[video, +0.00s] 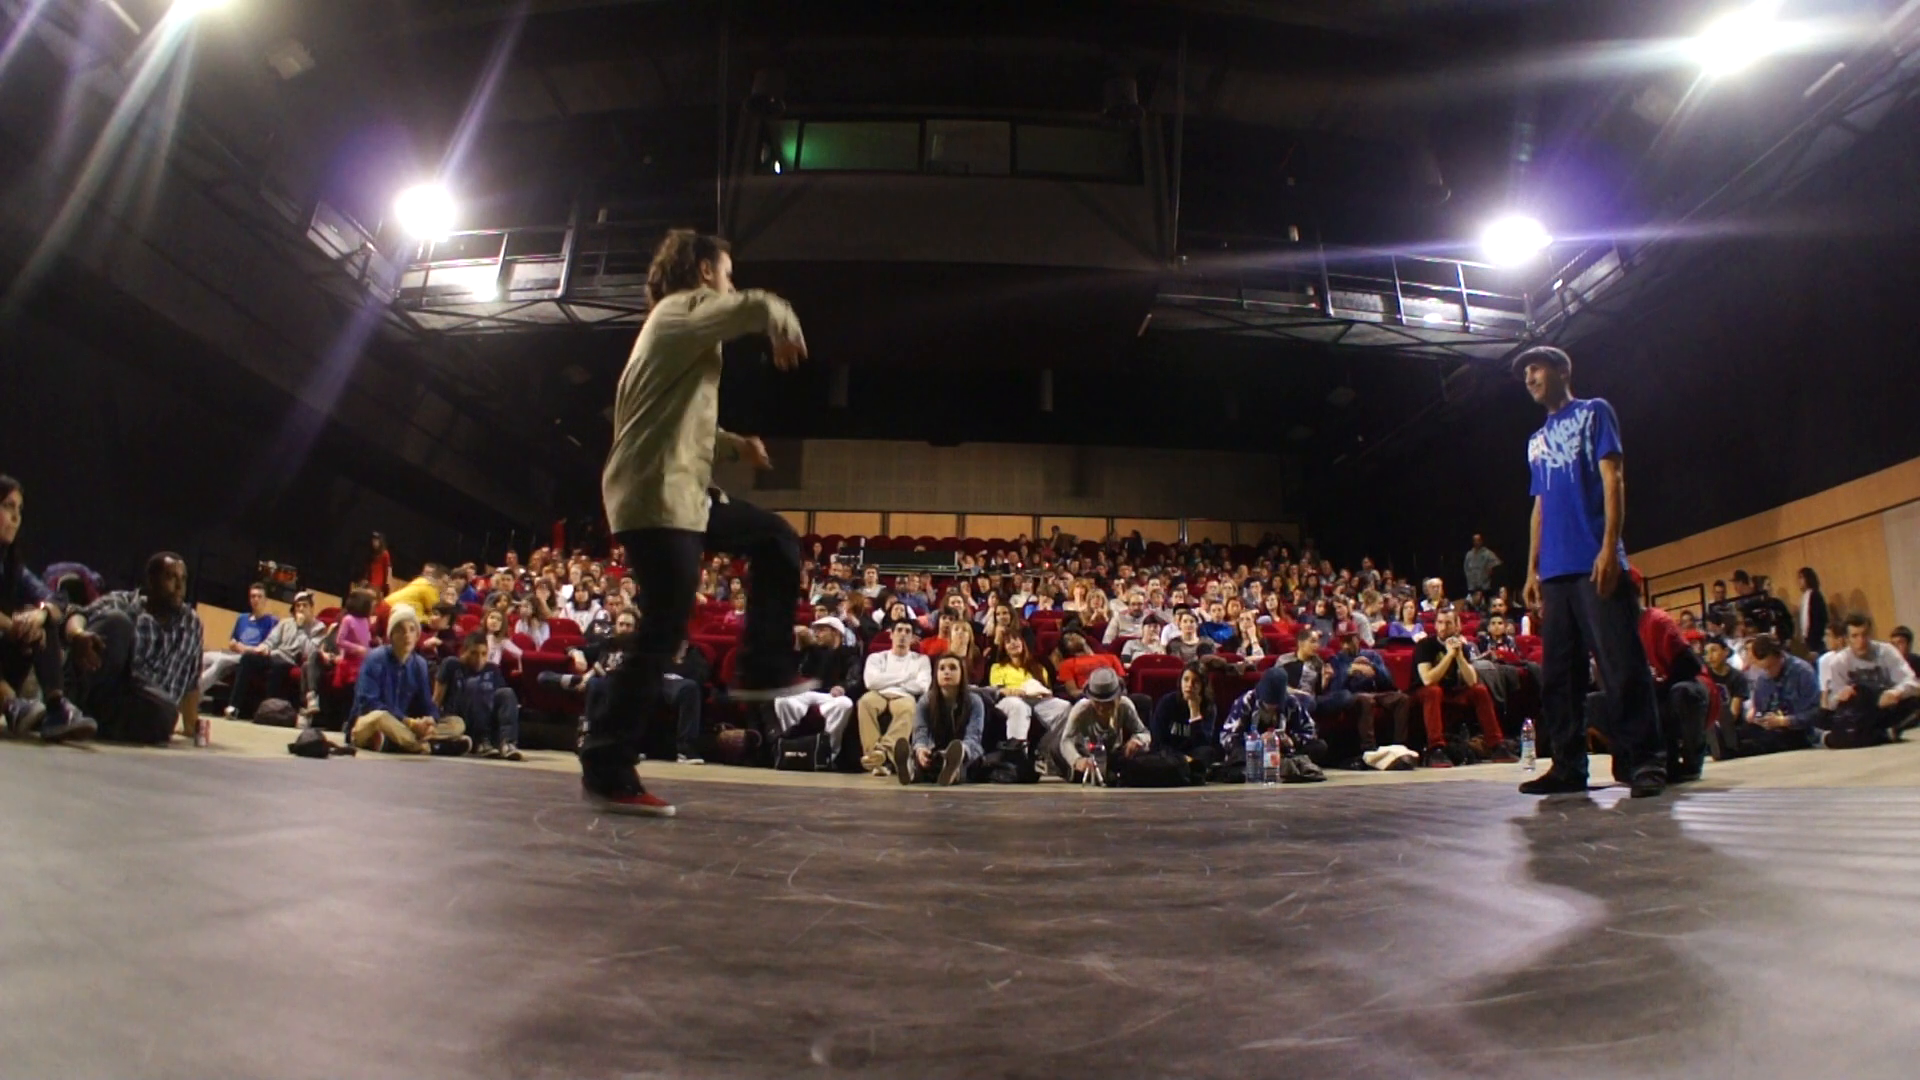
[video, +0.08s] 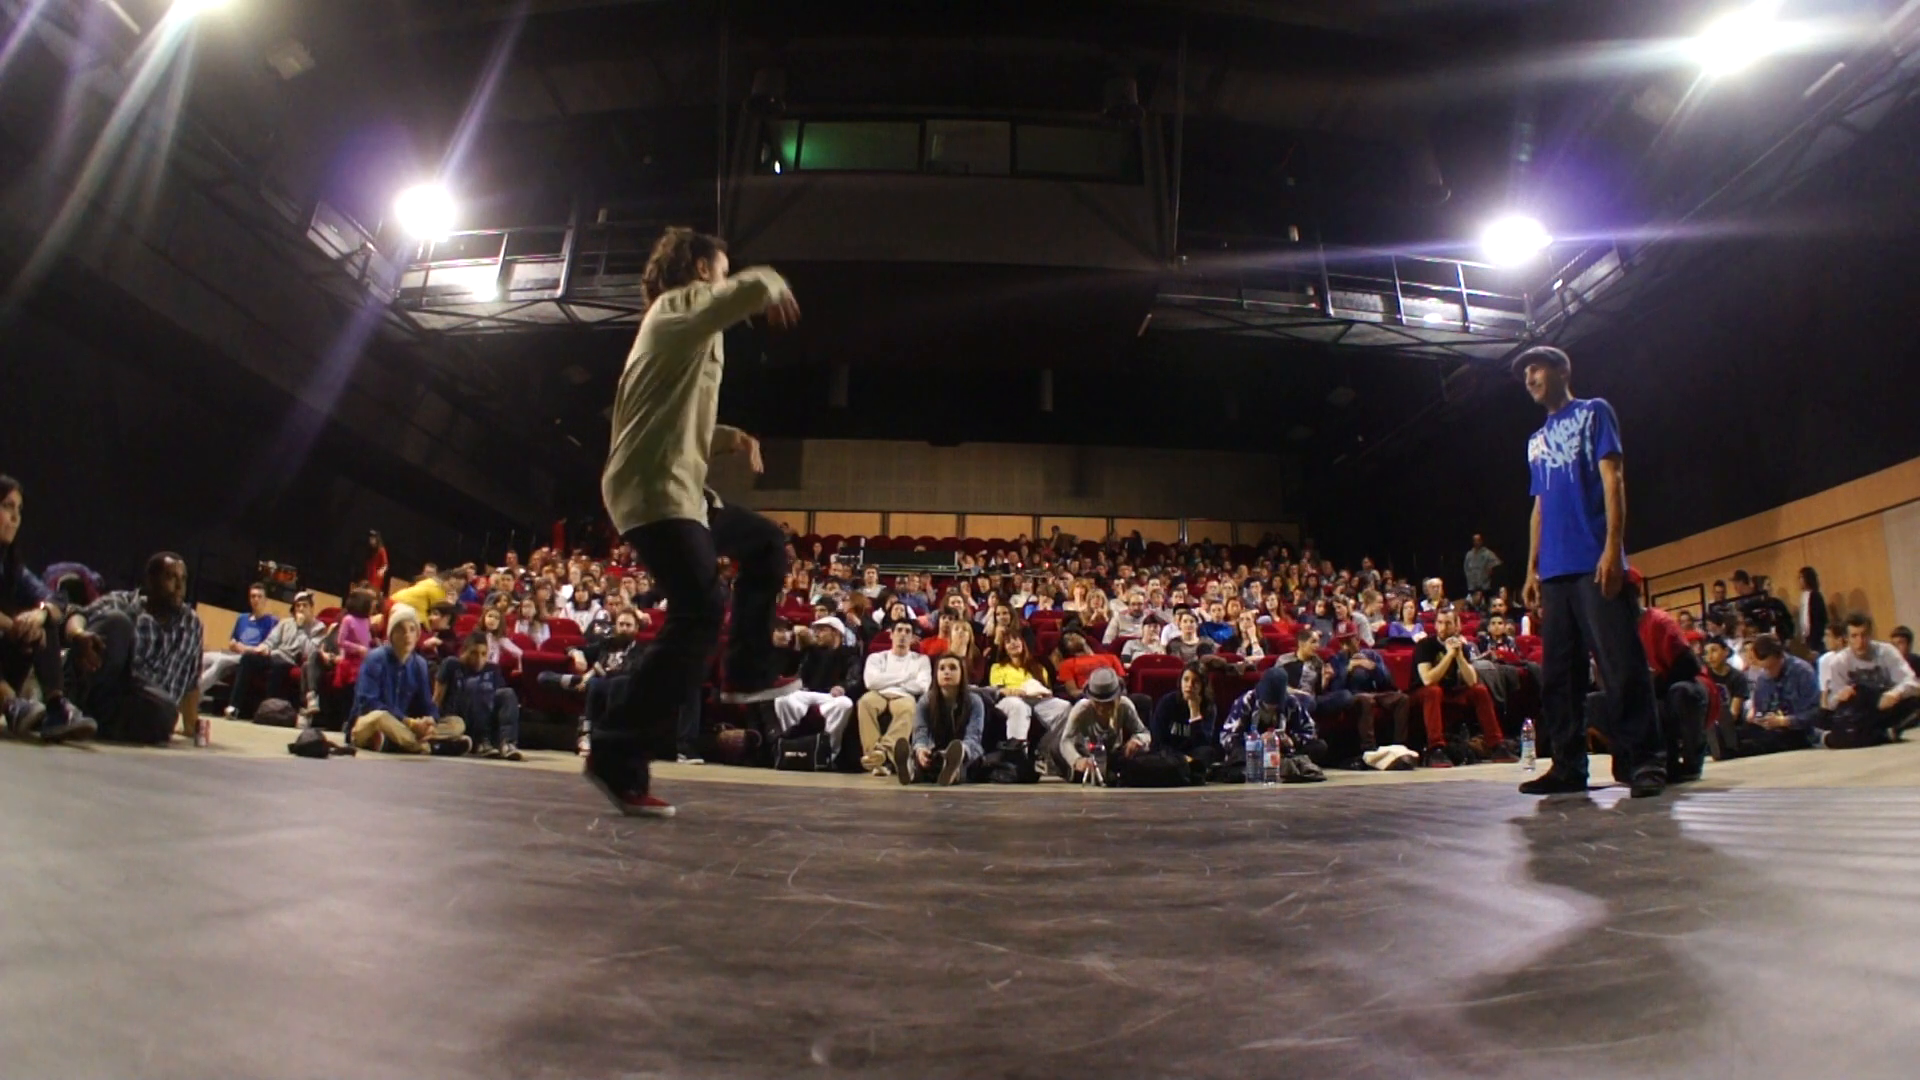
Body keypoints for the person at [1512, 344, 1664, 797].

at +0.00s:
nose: (1530, 379)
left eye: (1537, 370)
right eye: (1526, 375)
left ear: (1563, 372)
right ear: (1528, 385)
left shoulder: (1594, 411)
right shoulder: (1536, 442)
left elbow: (1614, 479)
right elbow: (1539, 507)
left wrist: (1610, 548)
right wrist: (1533, 569)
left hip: (1596, 566)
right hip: (1554, 574)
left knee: (1623, 669)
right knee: (1559, 674)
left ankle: (1646, 763)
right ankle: (1568, 766)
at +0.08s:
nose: (1530, 379)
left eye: (1537, 370)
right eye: (1526, 375)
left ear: (1563, 372)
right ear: (1528, 385)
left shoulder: (1594, 411)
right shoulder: (1536, 442)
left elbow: (1614, 479)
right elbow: (1539, 507)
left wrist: (1613, 548)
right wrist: (1533, 568)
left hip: (1595, 566)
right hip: (1554, 574)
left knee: (1624, 669)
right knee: (1560, 674)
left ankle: (1645, 763)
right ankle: (1568, 766)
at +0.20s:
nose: (1531, 380)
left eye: (1537, 370)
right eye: (1526, 375)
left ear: (1562, 372)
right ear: (1527, 385)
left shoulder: (1594, 412)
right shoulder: (1536, 442)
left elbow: (1614, 480)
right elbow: (1538, 507)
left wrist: (1616, 549)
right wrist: (1532, 568)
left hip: (1595, 565)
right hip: (1553, 574)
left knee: (1623, 668)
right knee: (1560, 674)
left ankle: (1645, 763)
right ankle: (1568, 766)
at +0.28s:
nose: (1531, 381)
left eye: (1538, 371)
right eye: (1526, 376)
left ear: (1561, 372)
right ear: (1526, 386)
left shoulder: (1594, 412)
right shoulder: (1535, 442)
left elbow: (1615, 479)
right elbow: (1538, 508)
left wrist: (1617, 549)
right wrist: (1532, 568)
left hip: (1595, 565)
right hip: (1552, 573)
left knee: (1622, 668)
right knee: (1559, 674)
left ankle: (1645, 763)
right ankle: (1568, 766)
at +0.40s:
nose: (1531, 381)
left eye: (1538, 371)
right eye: (1526, 376)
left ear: (1561, 373)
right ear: (1526, 386)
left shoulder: (1594, 413)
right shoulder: (1535, 442)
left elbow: (1615, 479)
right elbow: (1538, 507)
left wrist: (1617, 549)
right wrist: (1532, 568)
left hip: (1594, 565)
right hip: (1552, 574)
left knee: (1622, 668)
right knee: (1559, 674)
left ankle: (1645, 763)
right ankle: (1568, 766)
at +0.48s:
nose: (1530, 379)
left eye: (1537, 369)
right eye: (1525, 375)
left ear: (1562, 372)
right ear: (1527, 385)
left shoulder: (1594, 413)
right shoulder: (1535, 442)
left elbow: (1615, 479)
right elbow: (1537, 507)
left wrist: (1616, 549)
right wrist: (1532, 568)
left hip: (1594, 565)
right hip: (1551, 574)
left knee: (1622, 668)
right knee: (1558, 675)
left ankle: (1646, 762)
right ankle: (1568, 766)